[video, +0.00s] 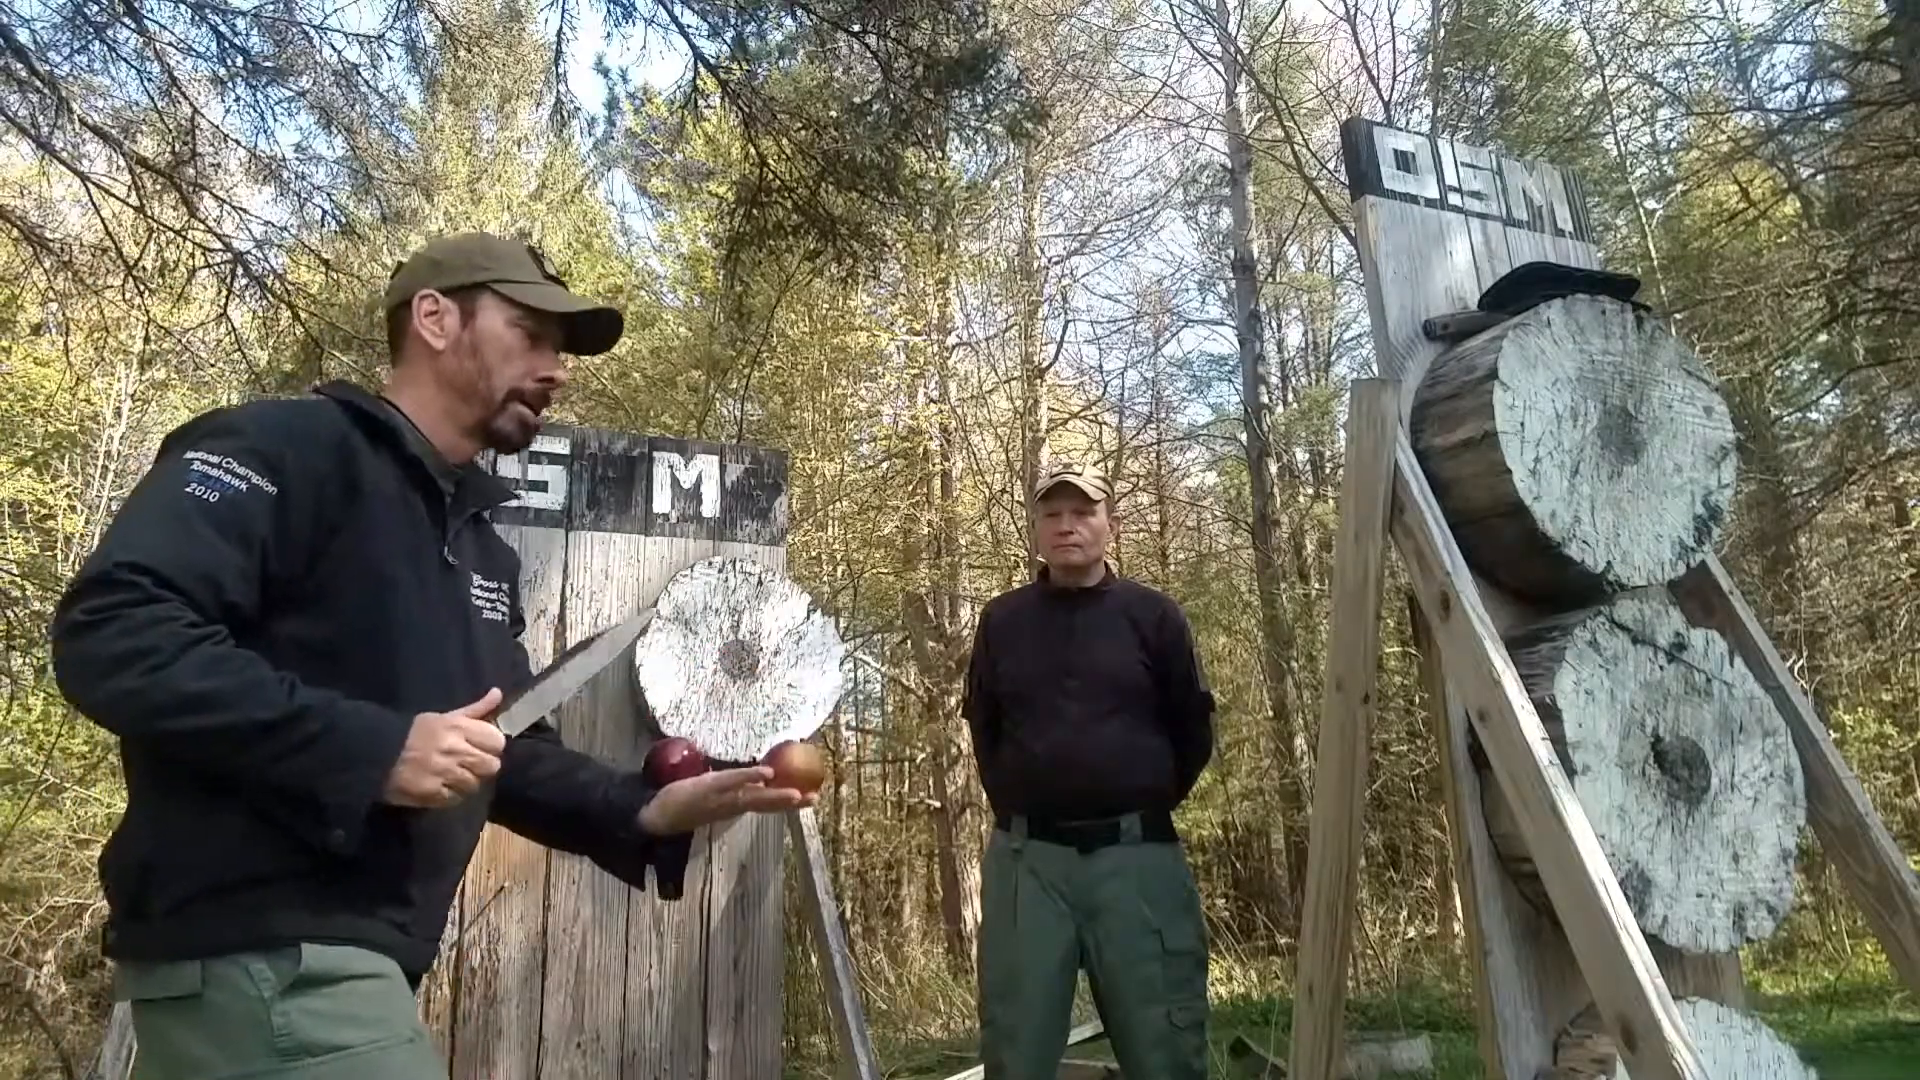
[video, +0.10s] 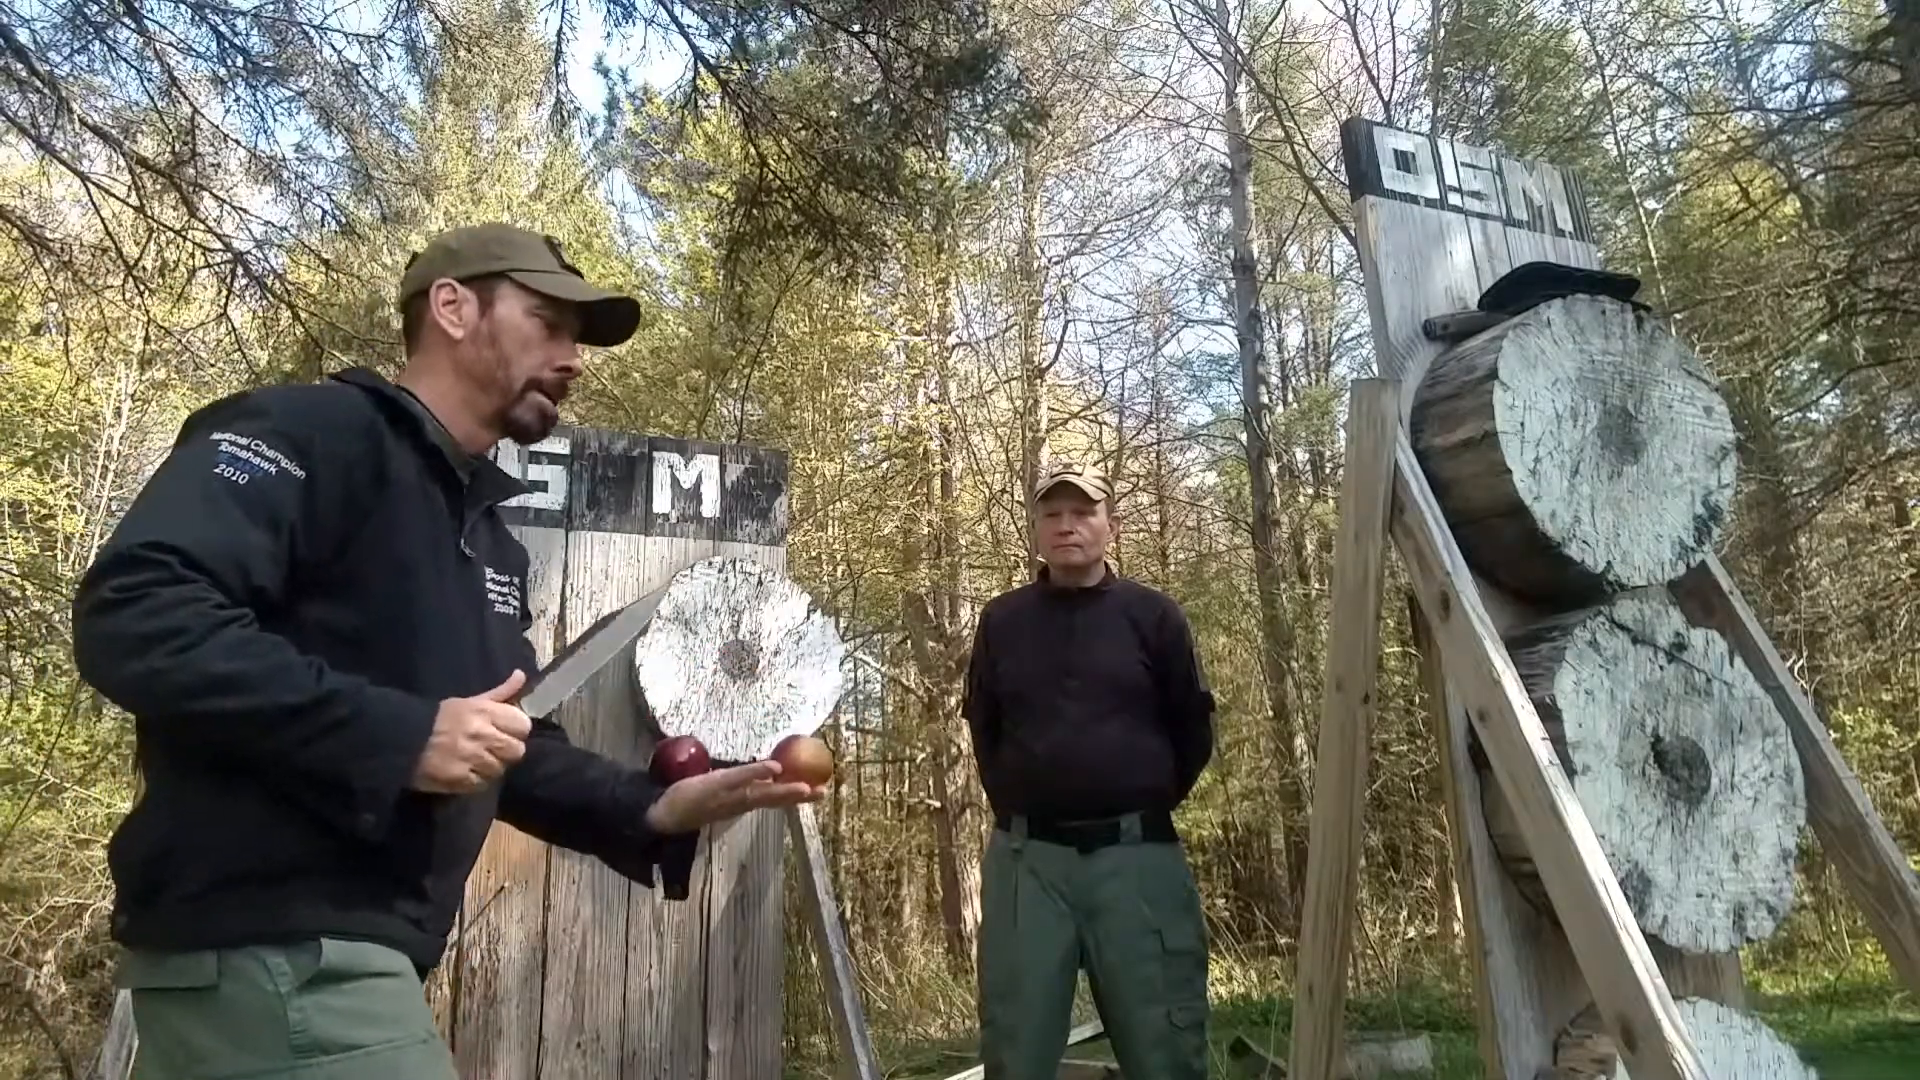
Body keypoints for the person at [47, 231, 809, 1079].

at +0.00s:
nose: (558, 370)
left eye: (563, 347)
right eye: (536, 334)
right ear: (436, 321)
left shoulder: (480, 546)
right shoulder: (283, 447)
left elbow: (491, 752)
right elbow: (111, 633)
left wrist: (650, 808)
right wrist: (374, 747)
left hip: (346, 960)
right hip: (265, 961)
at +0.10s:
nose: (576, 358)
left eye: (581, 337)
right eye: (554, 322)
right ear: (454, 310)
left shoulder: (488, 538)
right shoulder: (309, 429)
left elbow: (492, 744)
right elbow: (135, 611)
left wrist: (656, 806)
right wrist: (404, 735)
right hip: (280, 955)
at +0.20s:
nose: (588, 350)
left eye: (592, 331)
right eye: (563, 315)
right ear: (464, 301)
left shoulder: (494, 540)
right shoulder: (321, 418)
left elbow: (494, 740)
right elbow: (149, 599)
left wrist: (659, 808)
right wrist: (420, 724)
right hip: (277, 954)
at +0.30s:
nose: (589, 363)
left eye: (593, 341)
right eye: (566, 326)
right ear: (465, 314)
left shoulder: (491, 545)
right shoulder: (321, 428)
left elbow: (495, 752)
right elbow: (149, 621)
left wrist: (659, 828)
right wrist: (417, 743)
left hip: (352, 968)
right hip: (268, 968)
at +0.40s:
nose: (584, 402)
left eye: (587, 379)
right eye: (558, 364)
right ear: (459, 354)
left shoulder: (494, 590)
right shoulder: (299, 478)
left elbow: (486, 801)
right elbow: (142, 685)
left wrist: (657, 877)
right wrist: (409, 805)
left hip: (365, 1011)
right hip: (249, 1008)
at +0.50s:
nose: (570, 453)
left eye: (573, 427)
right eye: (544, 416)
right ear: (444, 408)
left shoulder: (490, 643)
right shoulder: (286, 546)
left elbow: (487, 856)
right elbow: (126, 771)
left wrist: (648, 939)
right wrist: (393, 891)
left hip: (375, 1042)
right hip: (234, 1043)